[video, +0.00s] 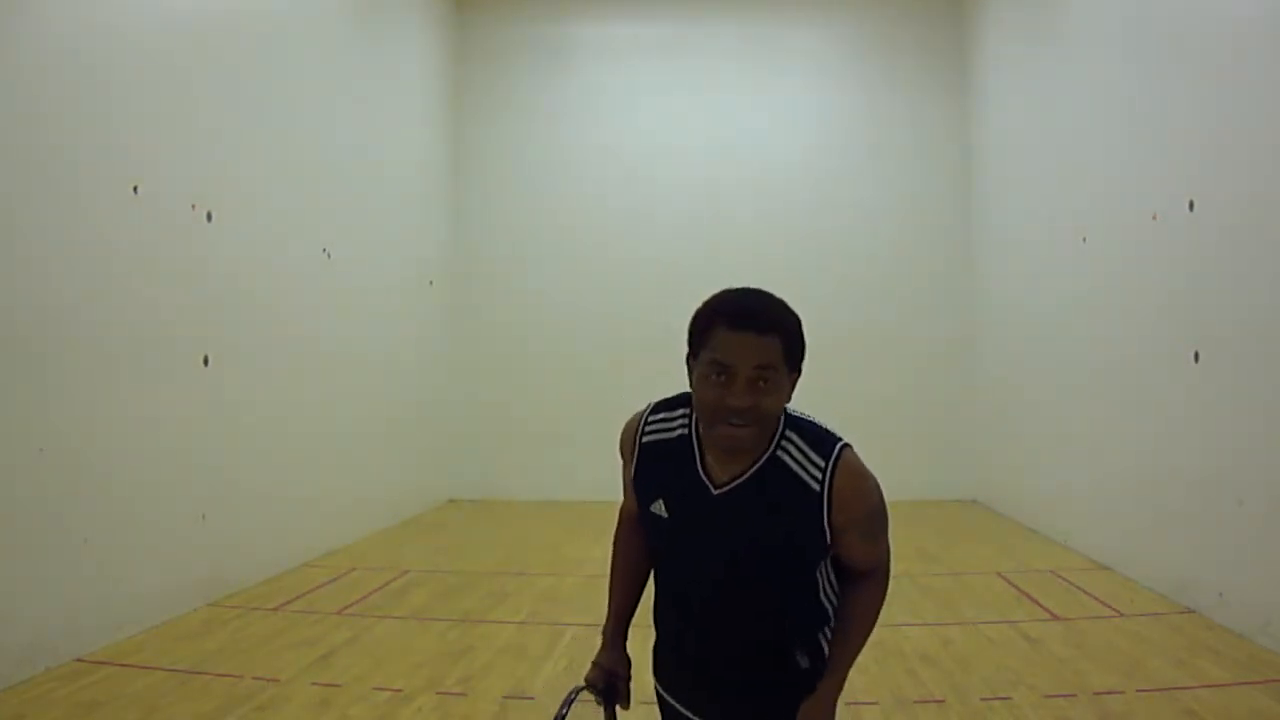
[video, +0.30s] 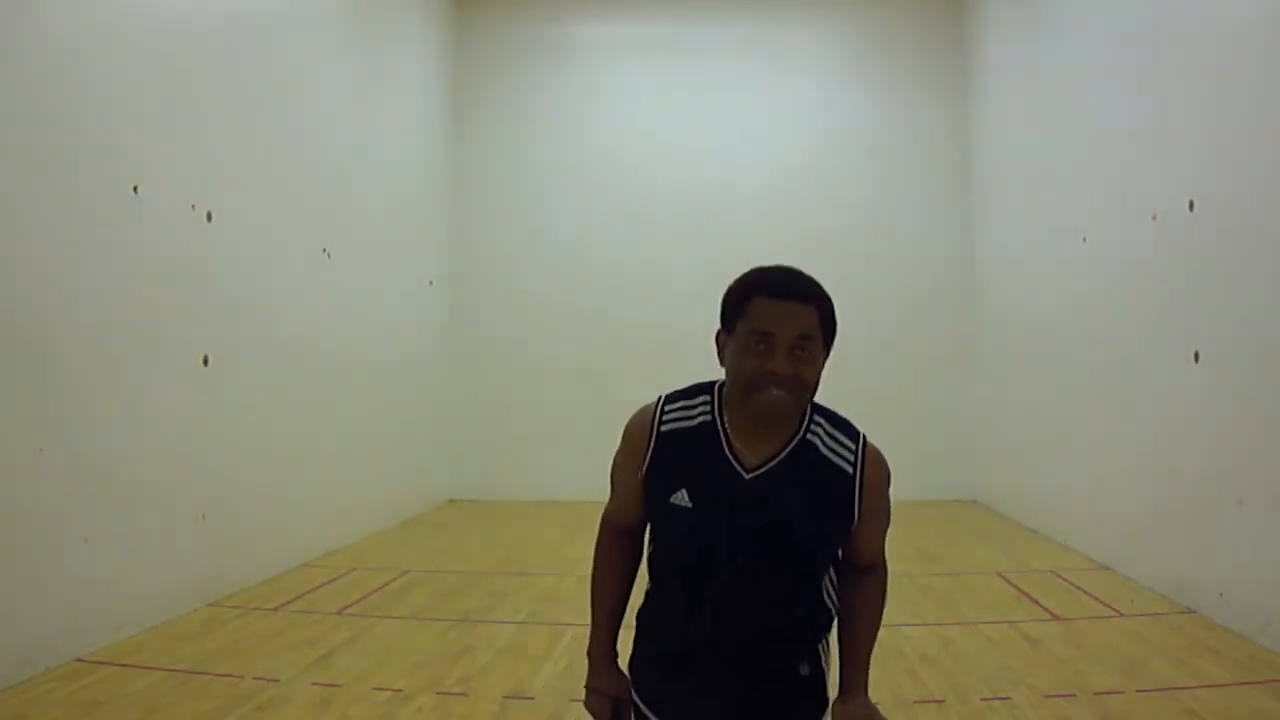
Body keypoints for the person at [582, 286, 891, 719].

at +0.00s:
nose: (738, 400)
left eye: (761, 380)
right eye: (719, 375)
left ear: (792, 383)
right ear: (690, 371)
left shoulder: (837, 480)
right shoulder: (646, 439)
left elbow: (867, 576)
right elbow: (637, 522)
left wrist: (827, 694)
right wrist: (613, 641)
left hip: (785, 693)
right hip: (683, 683)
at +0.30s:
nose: (780, 366)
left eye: (801, 349)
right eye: (760, 344)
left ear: (824, 360)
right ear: (722, 347)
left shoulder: (858, 468)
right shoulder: (655, 433)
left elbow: (864, 570)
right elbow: (621, 532)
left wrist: (854, 692)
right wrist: (602, 658)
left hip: (786, 694)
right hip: (668, 686)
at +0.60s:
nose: (811, 346)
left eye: (813, 329)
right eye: (796, 324)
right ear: (726, 317)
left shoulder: (808, 431)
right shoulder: (634, 422)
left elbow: (827, 543)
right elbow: (575, 555)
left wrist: (893, 600)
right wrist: (577, 698)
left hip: (769, 703)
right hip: (646, 700)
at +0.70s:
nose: (793, 356)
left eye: (794, 338)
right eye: (781, 335)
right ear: (713, 326)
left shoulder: (778, 435)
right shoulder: (615, 429)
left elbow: (806, 538)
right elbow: (543, 564)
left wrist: (899, 556)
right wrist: (555, 705)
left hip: (748, 702)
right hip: (628, 700)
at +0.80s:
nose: (766, 374)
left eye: (768, 356)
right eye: (757, 353)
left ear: (700, 347)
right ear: (692, 344)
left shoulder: (738, 444)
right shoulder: (587, 445)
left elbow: (779, 533)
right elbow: (503, 583)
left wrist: (892, 537)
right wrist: (516, 713)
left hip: (716, 706)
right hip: (598, 708)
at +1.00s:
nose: (732, 395)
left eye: (735, 376)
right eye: (726, 373)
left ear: (673, 365)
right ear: (665, 361)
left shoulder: (694, 451)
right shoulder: (537, 456)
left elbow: (706, 524)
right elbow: (425, 585)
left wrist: (804, 593)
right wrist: (380, 713)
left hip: (641, 707)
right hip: (523, 710)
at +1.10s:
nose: (739, 392)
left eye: (740, 374)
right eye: (732, 371)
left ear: (680, 362)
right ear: (671, 357)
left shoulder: (694, 455)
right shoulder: (546, 448)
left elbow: (672, 536)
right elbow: (410, 565)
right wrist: (323, 699)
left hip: (616, 697)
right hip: (507, 701)